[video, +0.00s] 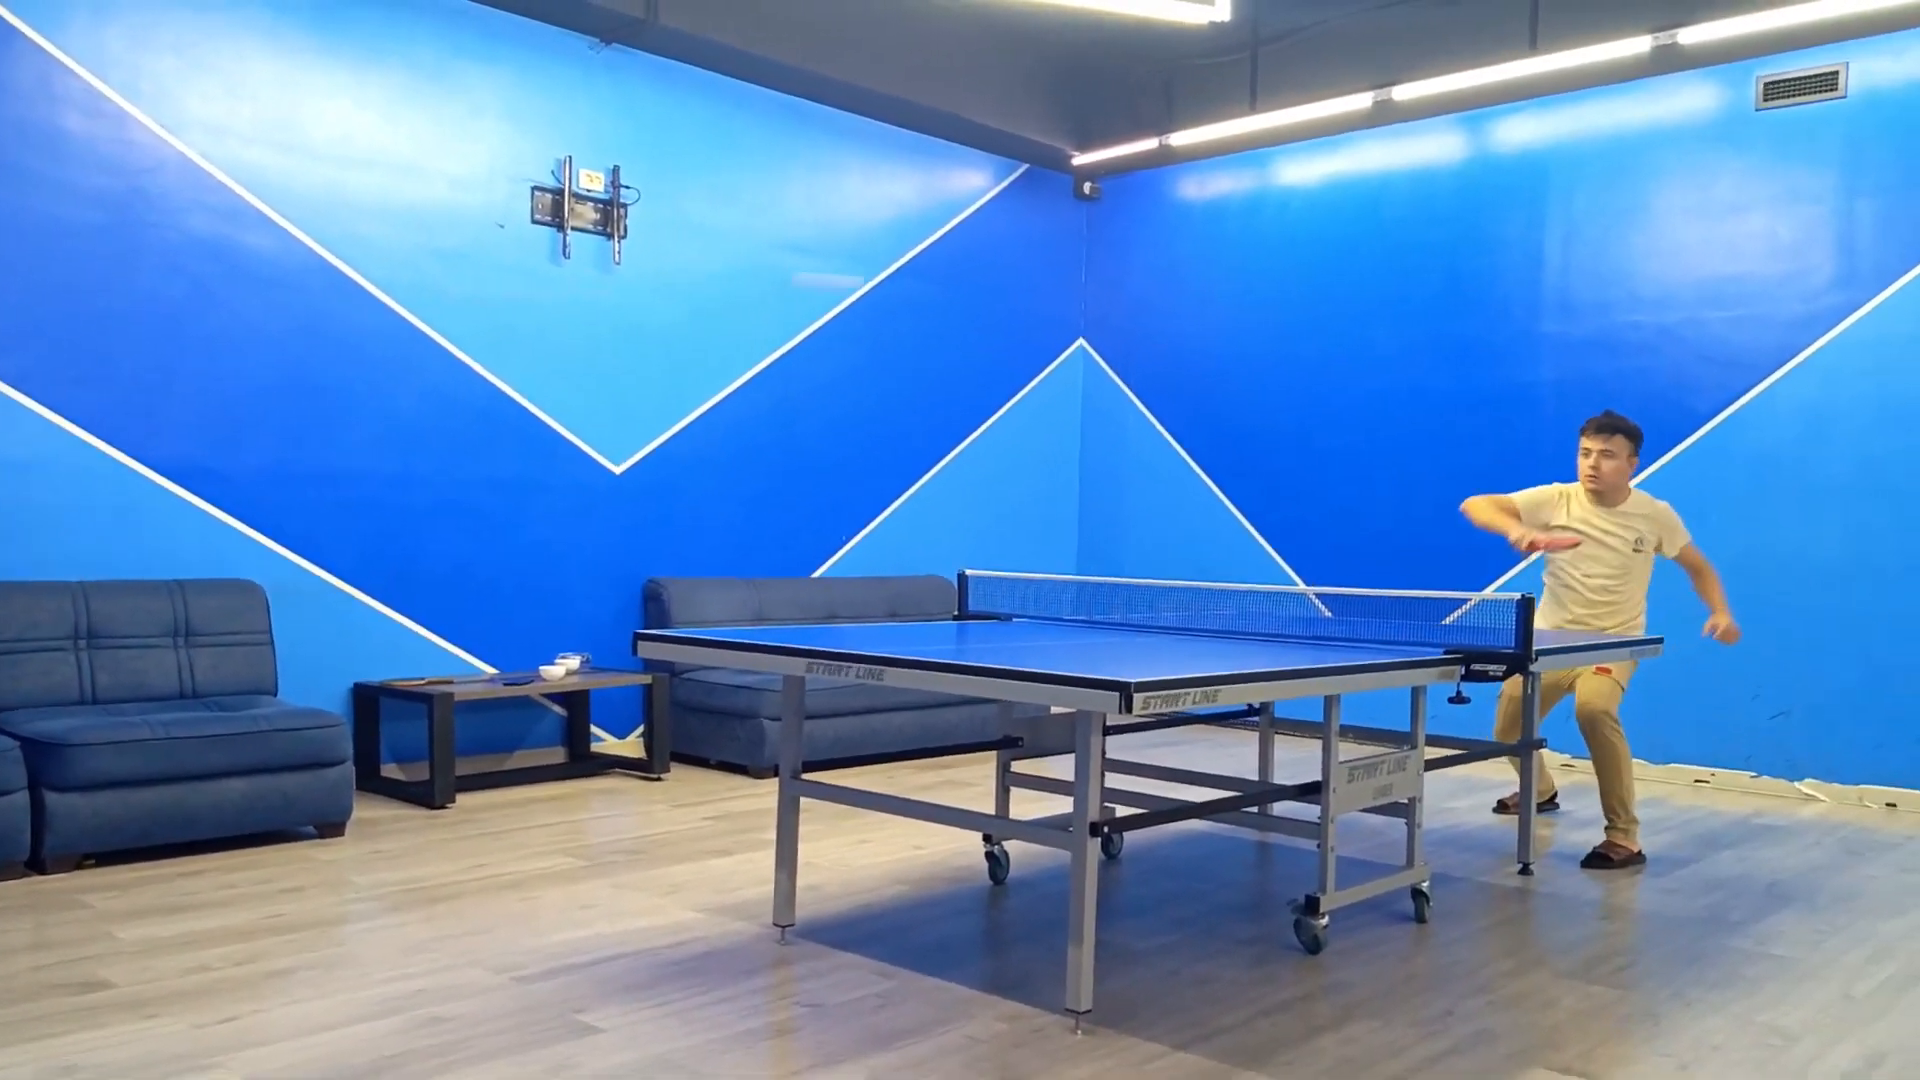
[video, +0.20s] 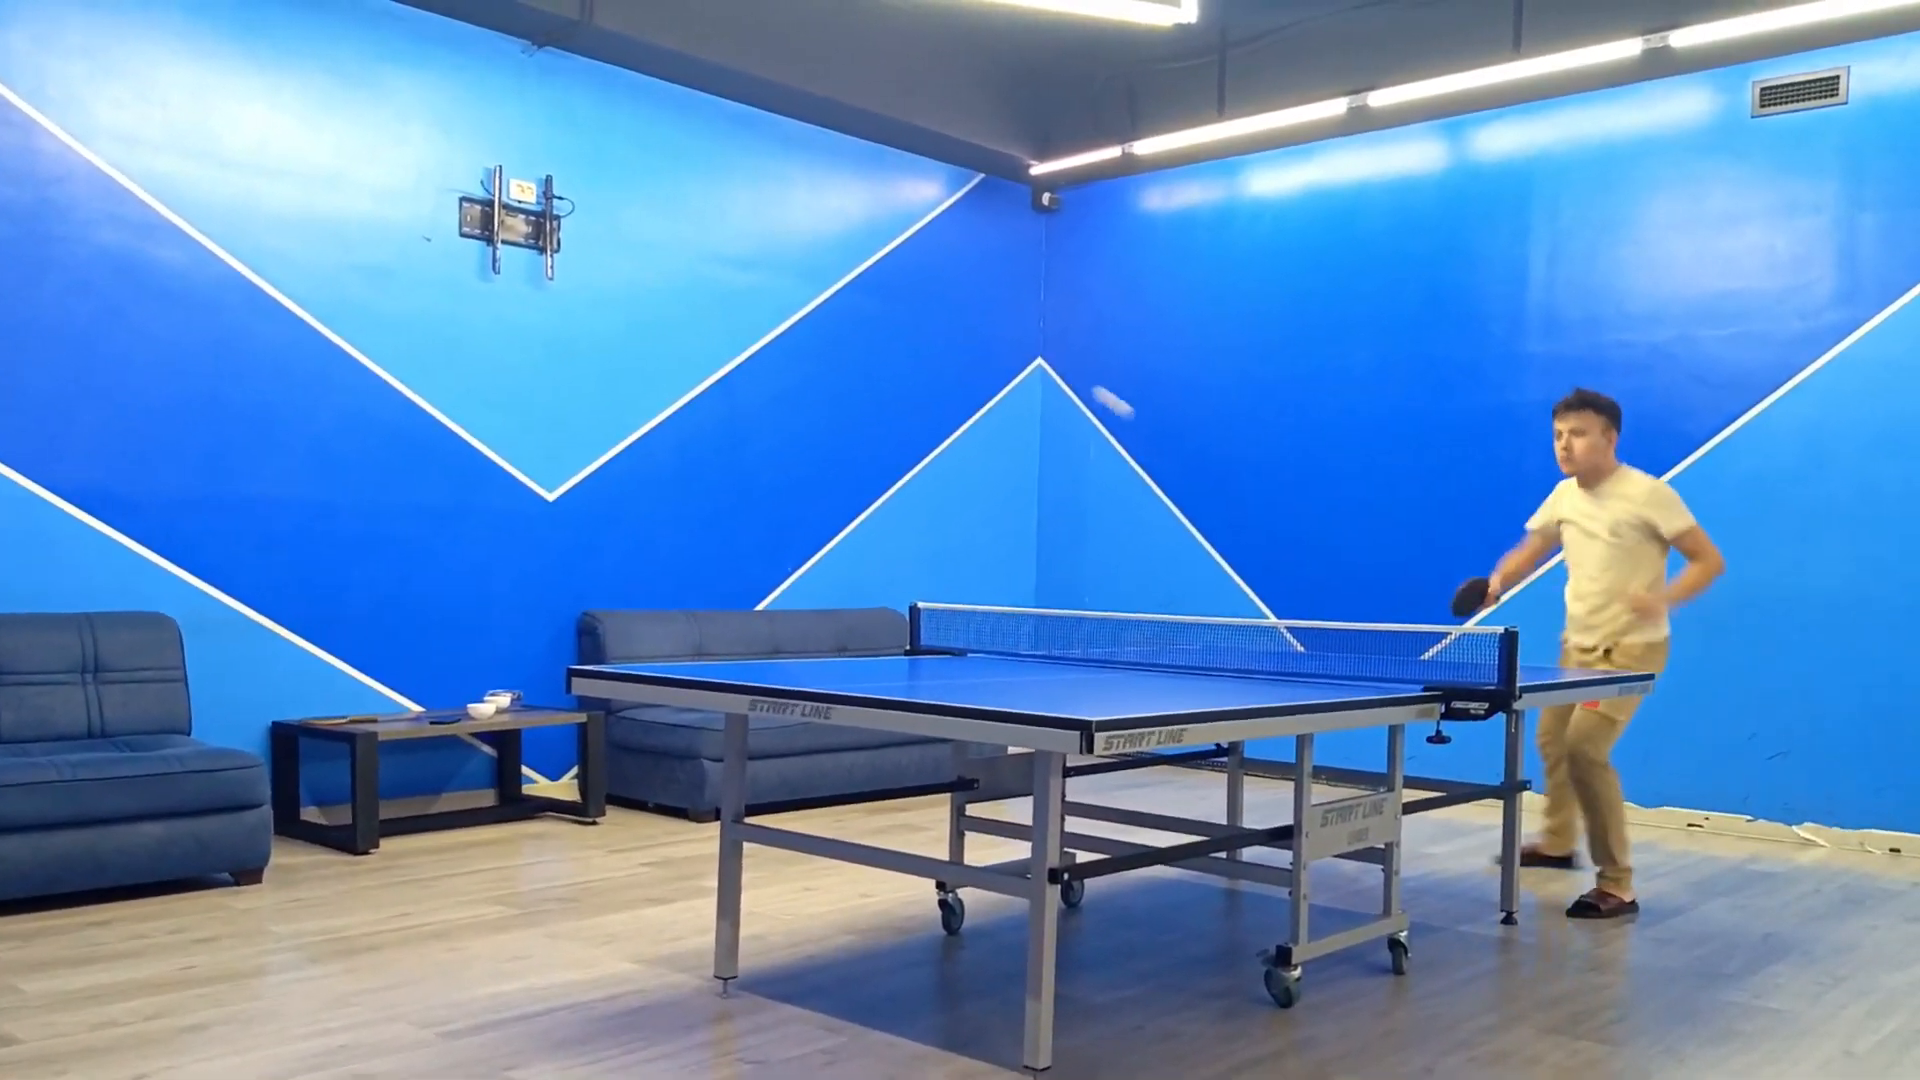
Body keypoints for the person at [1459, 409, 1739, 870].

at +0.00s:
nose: (1592, 463)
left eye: (1606, 455)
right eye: (1585, 453)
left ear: (1632, 466)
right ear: (1578, 456)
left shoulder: (1655, 517)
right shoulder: (1556, 500)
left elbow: (1696, 566)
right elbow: (1474, 506)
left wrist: (1721, 610)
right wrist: (1514, 528)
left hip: (1613, 644)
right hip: (1552, 640)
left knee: (1593, 710)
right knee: (1512, 702)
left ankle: (1622, 837)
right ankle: (1538, 787)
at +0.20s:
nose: (1563, 446)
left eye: (1576, 436)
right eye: (1558, 436)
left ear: (1610, 440)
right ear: (1555, 440)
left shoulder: (1648, 494)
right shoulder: (1565, 495)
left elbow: (1710, 562)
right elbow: (1530, 550)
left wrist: (1663, 598)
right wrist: (1496, 581)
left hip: (1633, 650)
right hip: (1578, 647)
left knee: (1585, 747)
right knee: (1552, 739)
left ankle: (1617, 884)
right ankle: (1559, 843)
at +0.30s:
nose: (1561, 439)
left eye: (1572, 428)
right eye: (1555, 430)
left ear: (1606, 429)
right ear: (1553, 435)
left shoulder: (1633, 476)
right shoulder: (1586, 493)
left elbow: (1666, 547)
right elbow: (1594, 574)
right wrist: (1532, 605)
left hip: (1649, 631)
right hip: (1606, 634)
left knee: (1616, 743)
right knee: (1579, 736)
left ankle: (1660, 886)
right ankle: (1607, 845)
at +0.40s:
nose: (1560, 470)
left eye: (1569, 458)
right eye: (1556, 460)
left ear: (1603, 454)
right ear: (1610, 461)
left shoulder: (1615, 487)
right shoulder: (1632, 497)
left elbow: (1578, 536)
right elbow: (1650, 585)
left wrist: (1522, 543)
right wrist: (1613, 645)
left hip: (1659, 647)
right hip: (1637, 647)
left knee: (1641, 767)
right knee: (1594, 743)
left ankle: (1728, 897)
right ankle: (1623, 856)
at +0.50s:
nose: (1562, 508)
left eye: (1571, 497)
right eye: (1562, 498)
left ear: (1605, 496)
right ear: (1617, 502)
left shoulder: (1605, 524)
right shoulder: (1663, 543)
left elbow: (1550, 538)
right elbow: (1709, 620)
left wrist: (1497, 560)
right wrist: (1708, 682)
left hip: (1669, 671)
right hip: (1693, 670)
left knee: (1642, 797)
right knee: (1601, 745)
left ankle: (1738, 910)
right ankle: (1630, 860)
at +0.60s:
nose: (1563, 517)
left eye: (1570, 507)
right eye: (1563, 507)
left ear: (1601, 508)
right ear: (1610, 512)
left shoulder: (1610, 531)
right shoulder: (1642, 546)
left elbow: (1593, 554)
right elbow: (1681, 600)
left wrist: (1525, 583)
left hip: (1676, 672)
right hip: (1678, 672)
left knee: (1652, 795)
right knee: (1603, 744)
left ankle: (1738, 912)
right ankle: (1634, 860)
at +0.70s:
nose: (1558, 494)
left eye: (1565, 484)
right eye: (1560, 484)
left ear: (1591, 487)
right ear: (1593, 489)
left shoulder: (1613, 511)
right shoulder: (1606, 539)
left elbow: (1643, 527)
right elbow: (1612, 607)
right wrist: (1572, 618)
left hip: (1671, 645)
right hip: (1647, 654)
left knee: (1671, 761)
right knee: (1597, 741)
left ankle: (1724, 887)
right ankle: (1632, 858)